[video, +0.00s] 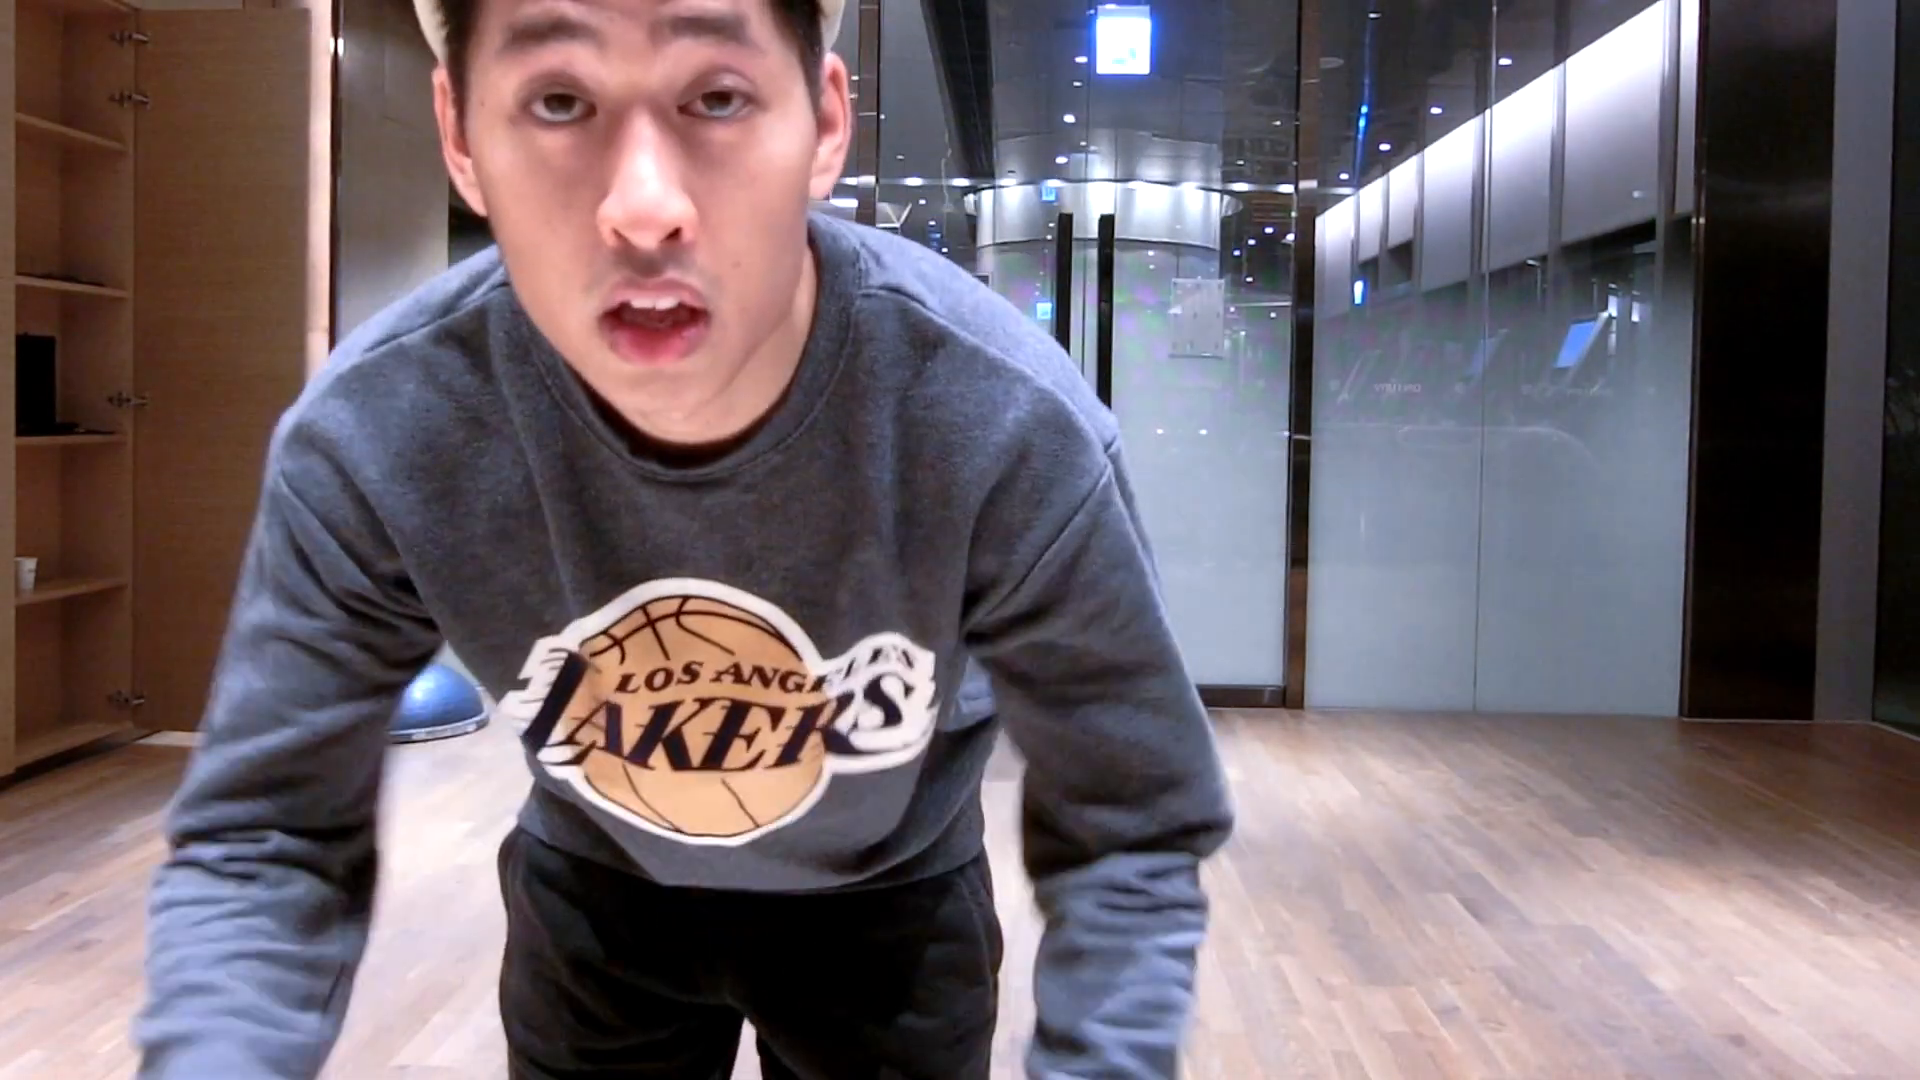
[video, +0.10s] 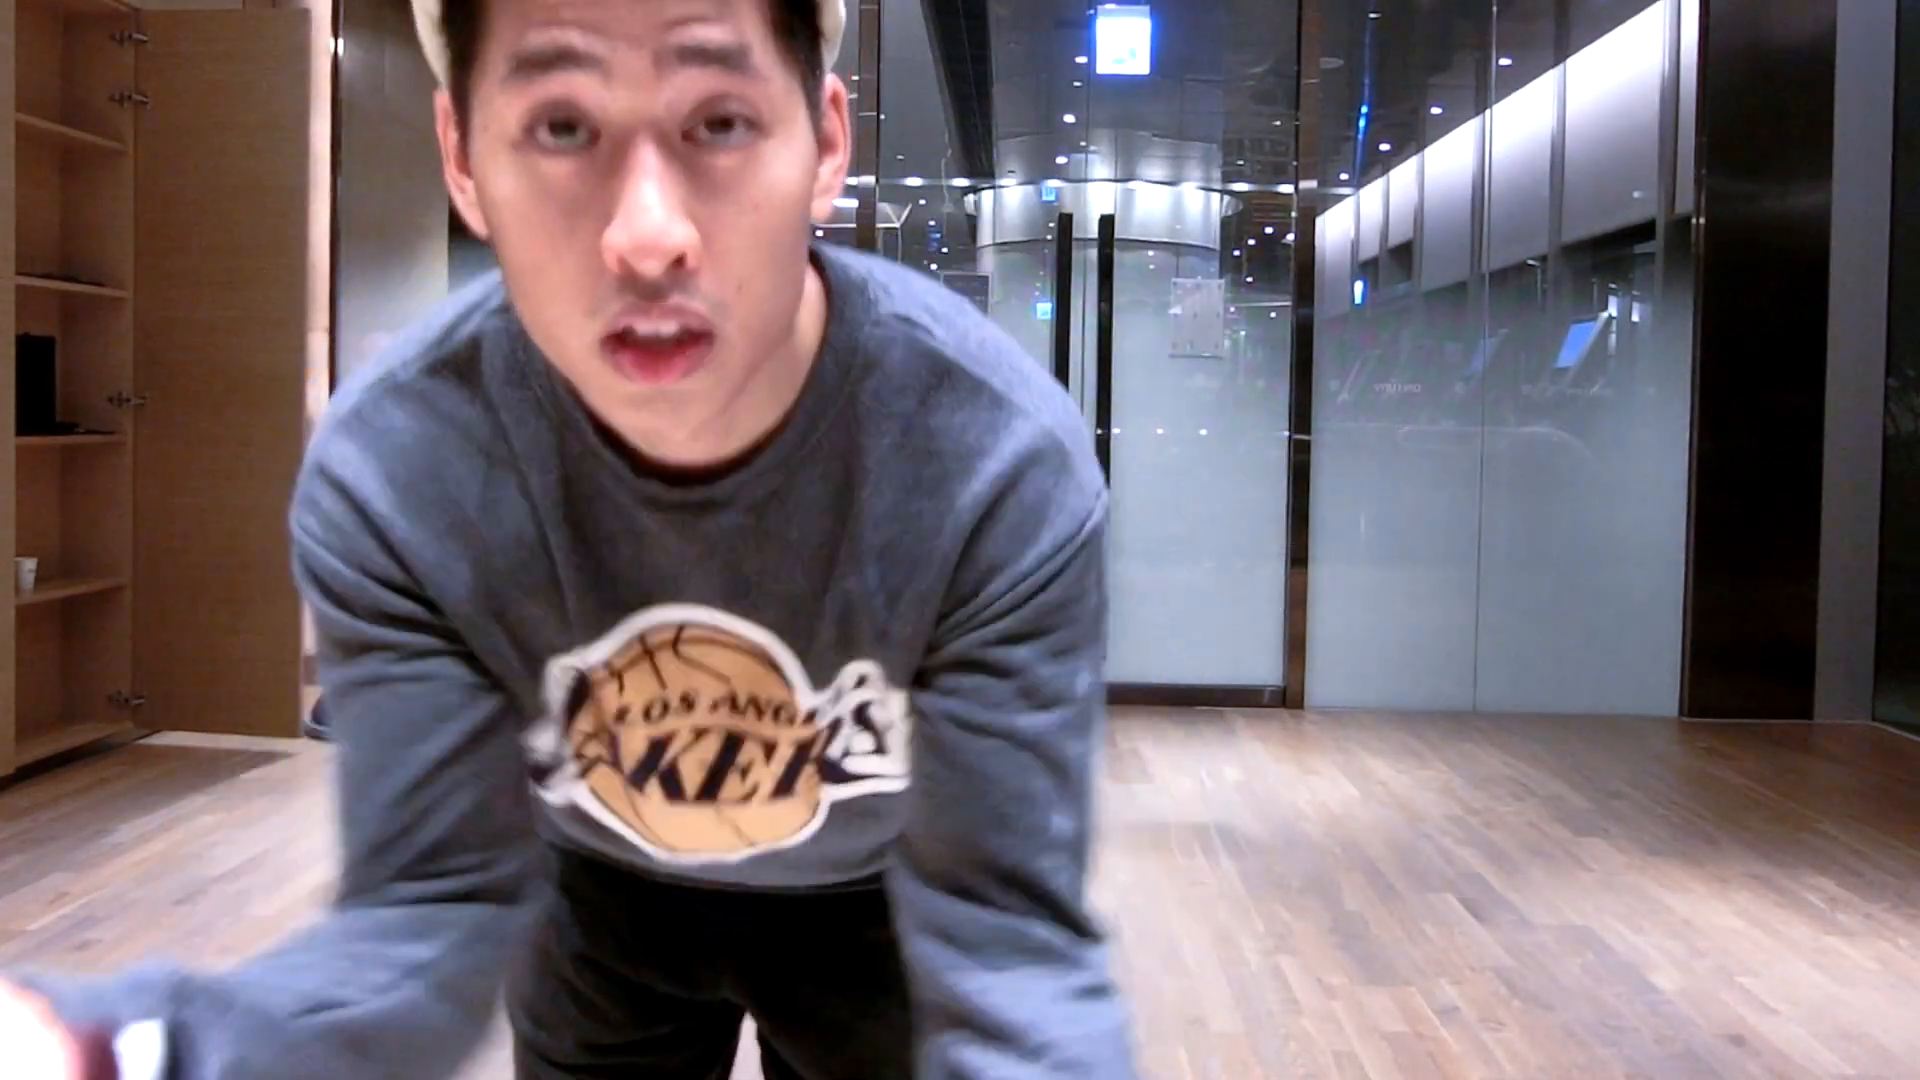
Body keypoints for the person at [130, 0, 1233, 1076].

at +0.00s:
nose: (645, 210)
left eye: (716, 101)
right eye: (562, 105)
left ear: (827, 125)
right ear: (463, 146)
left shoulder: (1005, 426)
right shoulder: (370, 445)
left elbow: (1131, 841)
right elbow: (259, 847)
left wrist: (1094, 1068)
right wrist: (216, 1065)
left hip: (888, 884)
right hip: (605, 880)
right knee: (587, 1072)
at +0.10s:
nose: (648, 236)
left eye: (719, 128)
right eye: (566, 133)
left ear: (828, 153)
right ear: (466, 172)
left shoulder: (1002, 466)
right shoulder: (391, 476)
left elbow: (1015, 932)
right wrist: (125, 1053)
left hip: (863, 895)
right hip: (600, 883)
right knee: (589, 1077)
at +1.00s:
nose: (549, 315)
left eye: (596, 188)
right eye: (446, 234)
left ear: (736, 182)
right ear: (386, 289)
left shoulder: (993, 520)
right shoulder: (367, 587)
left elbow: (882, 981)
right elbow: (436, 963)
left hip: (846, 926)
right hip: (586, 926)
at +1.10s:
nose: (544, 355)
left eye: (578, 219)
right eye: (432, 279)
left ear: (711, 191)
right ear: (370, 331)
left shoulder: (984, 522)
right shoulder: (367, 594)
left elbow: (894, 1007)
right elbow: (461, 974)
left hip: (843, 910)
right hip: (582, 911)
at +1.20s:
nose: (551, 406)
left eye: (574, 270)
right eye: (433, 335)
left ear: (703, 228)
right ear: (367, 376)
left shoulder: (971, 539)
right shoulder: (364, 613)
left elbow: (894, 1028)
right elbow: (447, 1002)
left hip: (842, 917)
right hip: (584, 914)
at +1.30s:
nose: (557, 432)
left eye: (581, 293)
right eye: (435, 357)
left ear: (700, 247)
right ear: (358, 385)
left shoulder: (959, 543)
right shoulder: (352, 610)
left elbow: (899, 1022)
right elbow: (412, 985)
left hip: (844, 926)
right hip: (568, 923)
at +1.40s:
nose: (543, 376)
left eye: (574, 239)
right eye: (426, 295)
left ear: (693, 203)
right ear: (352, 346)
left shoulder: (949, 520)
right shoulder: (344, 575)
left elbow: (894, 1018)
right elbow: (423, 944)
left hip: (840, 915)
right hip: (567, 915)